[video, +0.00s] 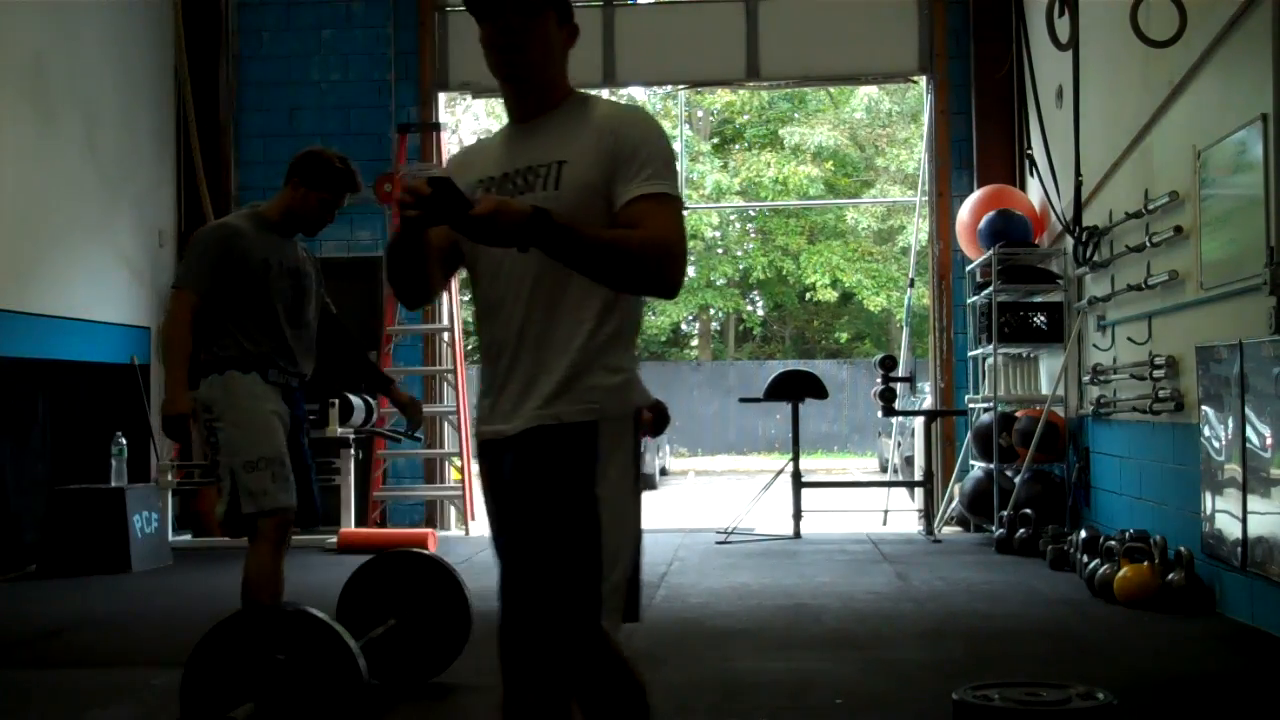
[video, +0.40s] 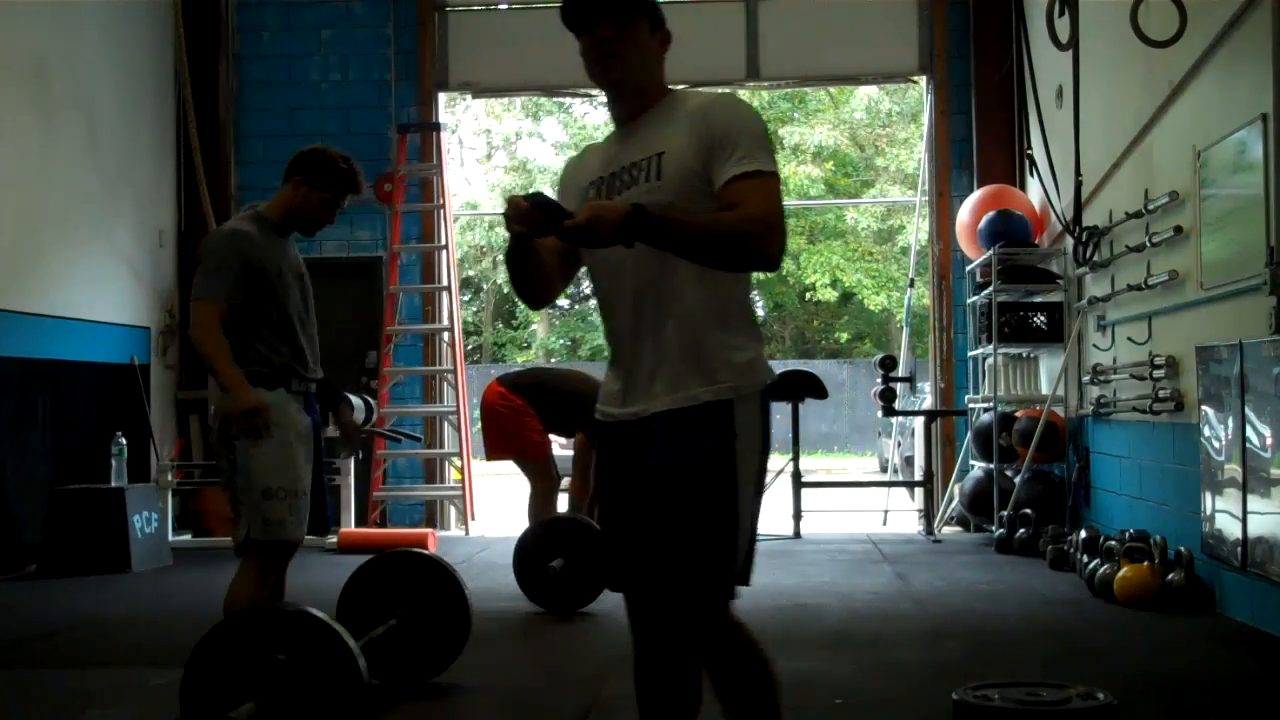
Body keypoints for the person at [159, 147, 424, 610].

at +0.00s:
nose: (332, 218)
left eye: (337, 209)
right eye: (330, 205)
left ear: (307, 196)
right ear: (300, 190)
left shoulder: (300, 259)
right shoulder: (225, 237)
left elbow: (334, 340)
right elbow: (180, 313)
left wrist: (392, 392)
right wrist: (176, 392)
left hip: (279, 392)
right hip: (237, 386)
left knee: (277, 522)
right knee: (273, 518)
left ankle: (263, 644)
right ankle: (262, 647)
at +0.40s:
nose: (331, 217)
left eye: (337, 207)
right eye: (329, 204)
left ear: (304, 192)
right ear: (300, 188)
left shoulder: (284, 248)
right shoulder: (236, 239)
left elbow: (288, 341)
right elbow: (204, 323)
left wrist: (331, 397)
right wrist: (239, 391)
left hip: (293, 407)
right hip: (263, 406)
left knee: (279, 546)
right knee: (268, 547)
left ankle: (264, 662)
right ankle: (243, 667)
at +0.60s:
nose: (332, 210)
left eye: (337, 200)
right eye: (330, 197)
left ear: (298, 183)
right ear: (299, 180)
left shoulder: (271, 238)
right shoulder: (239, 236)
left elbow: (272, 332)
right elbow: (235, 329)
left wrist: (321, 389)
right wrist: (313, 379)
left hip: (284, 402)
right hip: (251, 404)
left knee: (316, 530)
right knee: (249, 537)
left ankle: (286, 643)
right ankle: (230, 659)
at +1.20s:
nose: (338, 201)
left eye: (342, 190)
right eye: (335, 187)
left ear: (300, 176)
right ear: (302, 174)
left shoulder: (277, 235)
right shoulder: (253, 235)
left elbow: (272, 337)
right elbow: (252, 342)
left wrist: (302, 405)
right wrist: (290, 427)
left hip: (276, 404)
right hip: (248, 406)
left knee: (291, 545)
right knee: (243, 551)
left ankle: (287, 660)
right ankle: (229, 670)